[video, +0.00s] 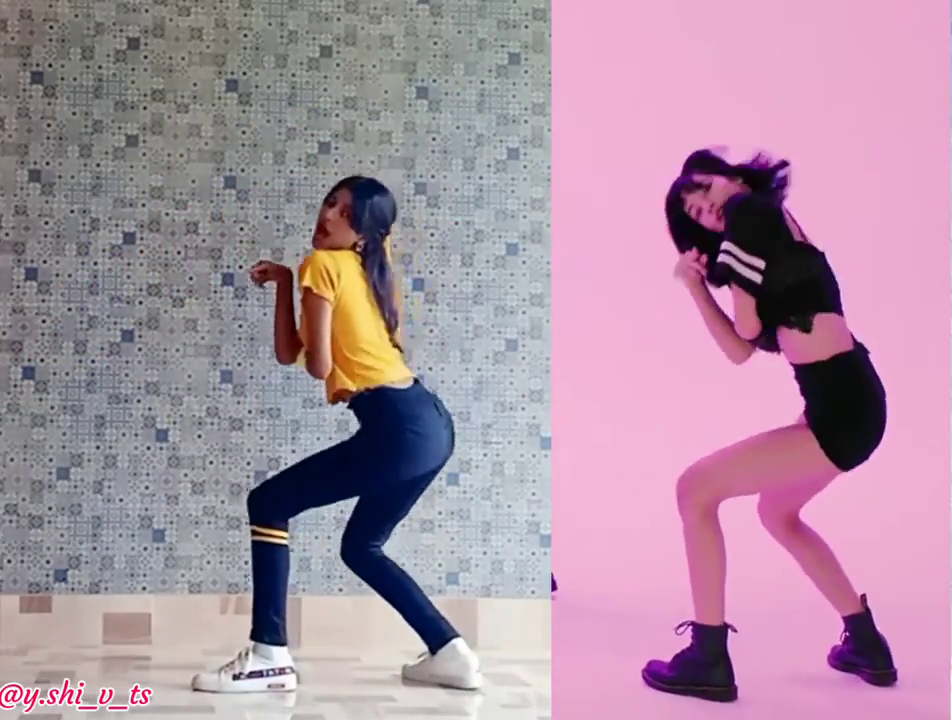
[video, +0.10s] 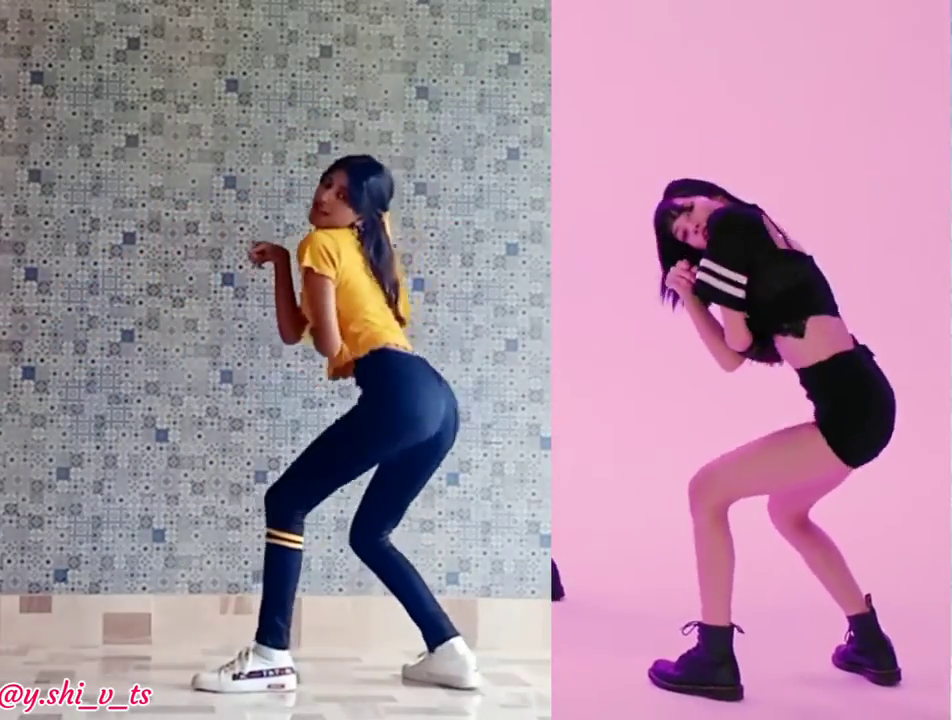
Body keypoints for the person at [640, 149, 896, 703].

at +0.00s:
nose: (701, 211)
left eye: (700, 192)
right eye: (692, 213)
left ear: (726, 177)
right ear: (696, 224)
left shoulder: (750, 220)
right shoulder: (760, 237)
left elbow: (750, 326)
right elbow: (738, 352)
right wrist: (697, 286)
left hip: (843, 413)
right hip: (849, 405)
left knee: (696, 488)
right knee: (778, 514)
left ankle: (708, 657)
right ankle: (865, 640)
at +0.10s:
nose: (688, 227)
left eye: (685, 212)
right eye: (680, 232)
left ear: (709, 195)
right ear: (688, 243)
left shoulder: (732, 227)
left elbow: (741, 339)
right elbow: (727, 358)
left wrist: (705, 280)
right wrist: (691, 300)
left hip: (851, 414)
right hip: (865, 406)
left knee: (707, 489)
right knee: (788, 513)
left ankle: (714, 656)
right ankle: (870, 640)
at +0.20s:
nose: (678, 219)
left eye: (671, 204)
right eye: (669, 224)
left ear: (691, 186)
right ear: (678, 233)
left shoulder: (731, 219)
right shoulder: (739, 242)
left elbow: (744, 330)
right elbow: (717, 344)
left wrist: (710, 272)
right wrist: (679, 283)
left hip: (858, 383)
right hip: (882, 382)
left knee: (746, 489)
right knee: (806, 504)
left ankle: (720, 655)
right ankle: (876, 641)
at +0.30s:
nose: (684, 210)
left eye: (678, 193)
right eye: (672, 214)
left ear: (698, 176)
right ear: (679, 225)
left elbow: (751, 318)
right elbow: (712, 332)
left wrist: (743, 270)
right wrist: (674, 274)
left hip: (848, 367)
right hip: (879, 369)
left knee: (780, 504)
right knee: (830, 503)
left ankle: (727, 655)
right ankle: (885, 643)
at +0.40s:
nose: (696, 209)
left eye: (689, 193)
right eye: (685, 214)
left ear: (708, 175)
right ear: (694, 225)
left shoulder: (752, 207)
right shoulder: (749, 233)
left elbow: (747, 316)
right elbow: (720, 332)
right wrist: (685, 273)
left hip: (851, 392)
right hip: (871, 387)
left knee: (723, 487)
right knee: (807, 509)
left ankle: (728, 652)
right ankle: (884, 640)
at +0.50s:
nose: (709, 202)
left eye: (705, 187)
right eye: (697, 207)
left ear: (728, 174)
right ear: (705, 221)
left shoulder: (762, 209)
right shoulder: (751, 244)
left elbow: (745, 318)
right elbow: (722, 332)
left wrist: (719, 262)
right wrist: (695, 269)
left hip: (843, 404)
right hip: (850, 398)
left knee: (713, 493)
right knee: (801, 516)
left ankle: (733, 653)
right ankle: (886, 640)